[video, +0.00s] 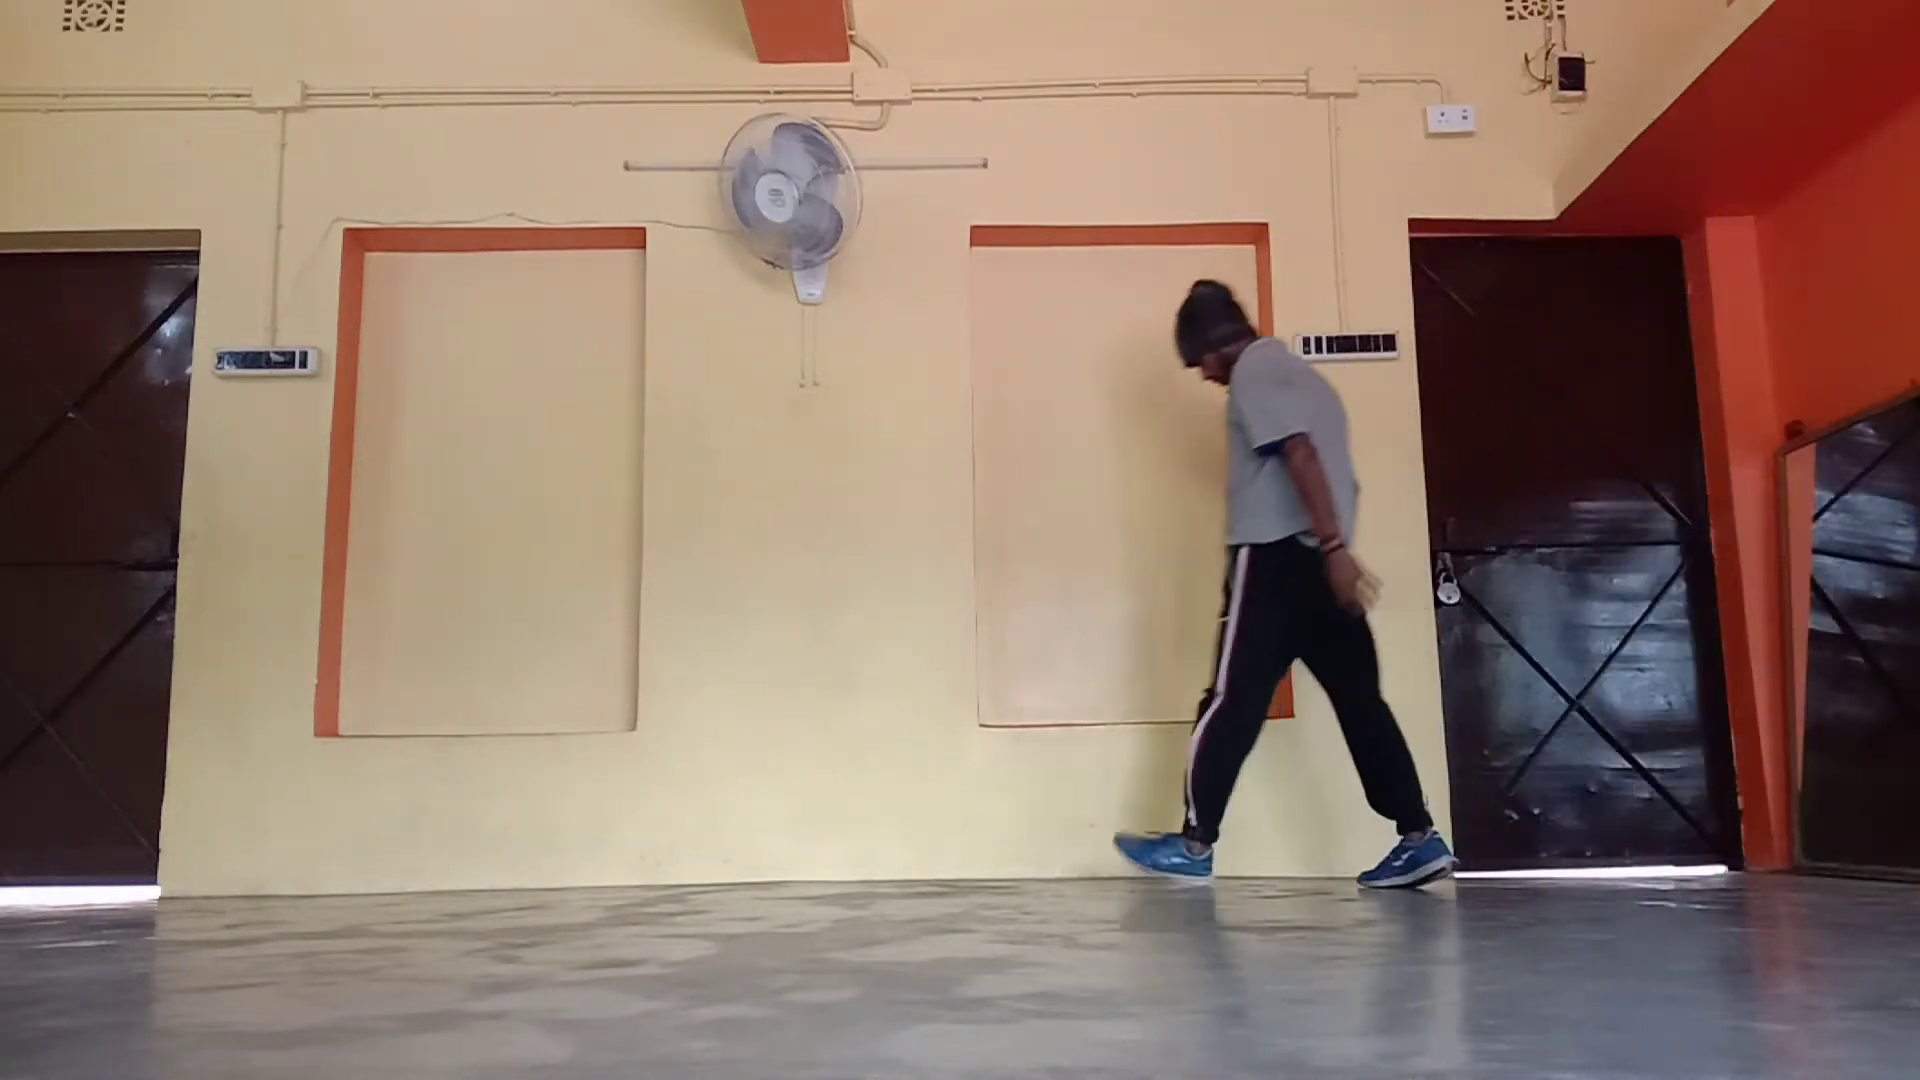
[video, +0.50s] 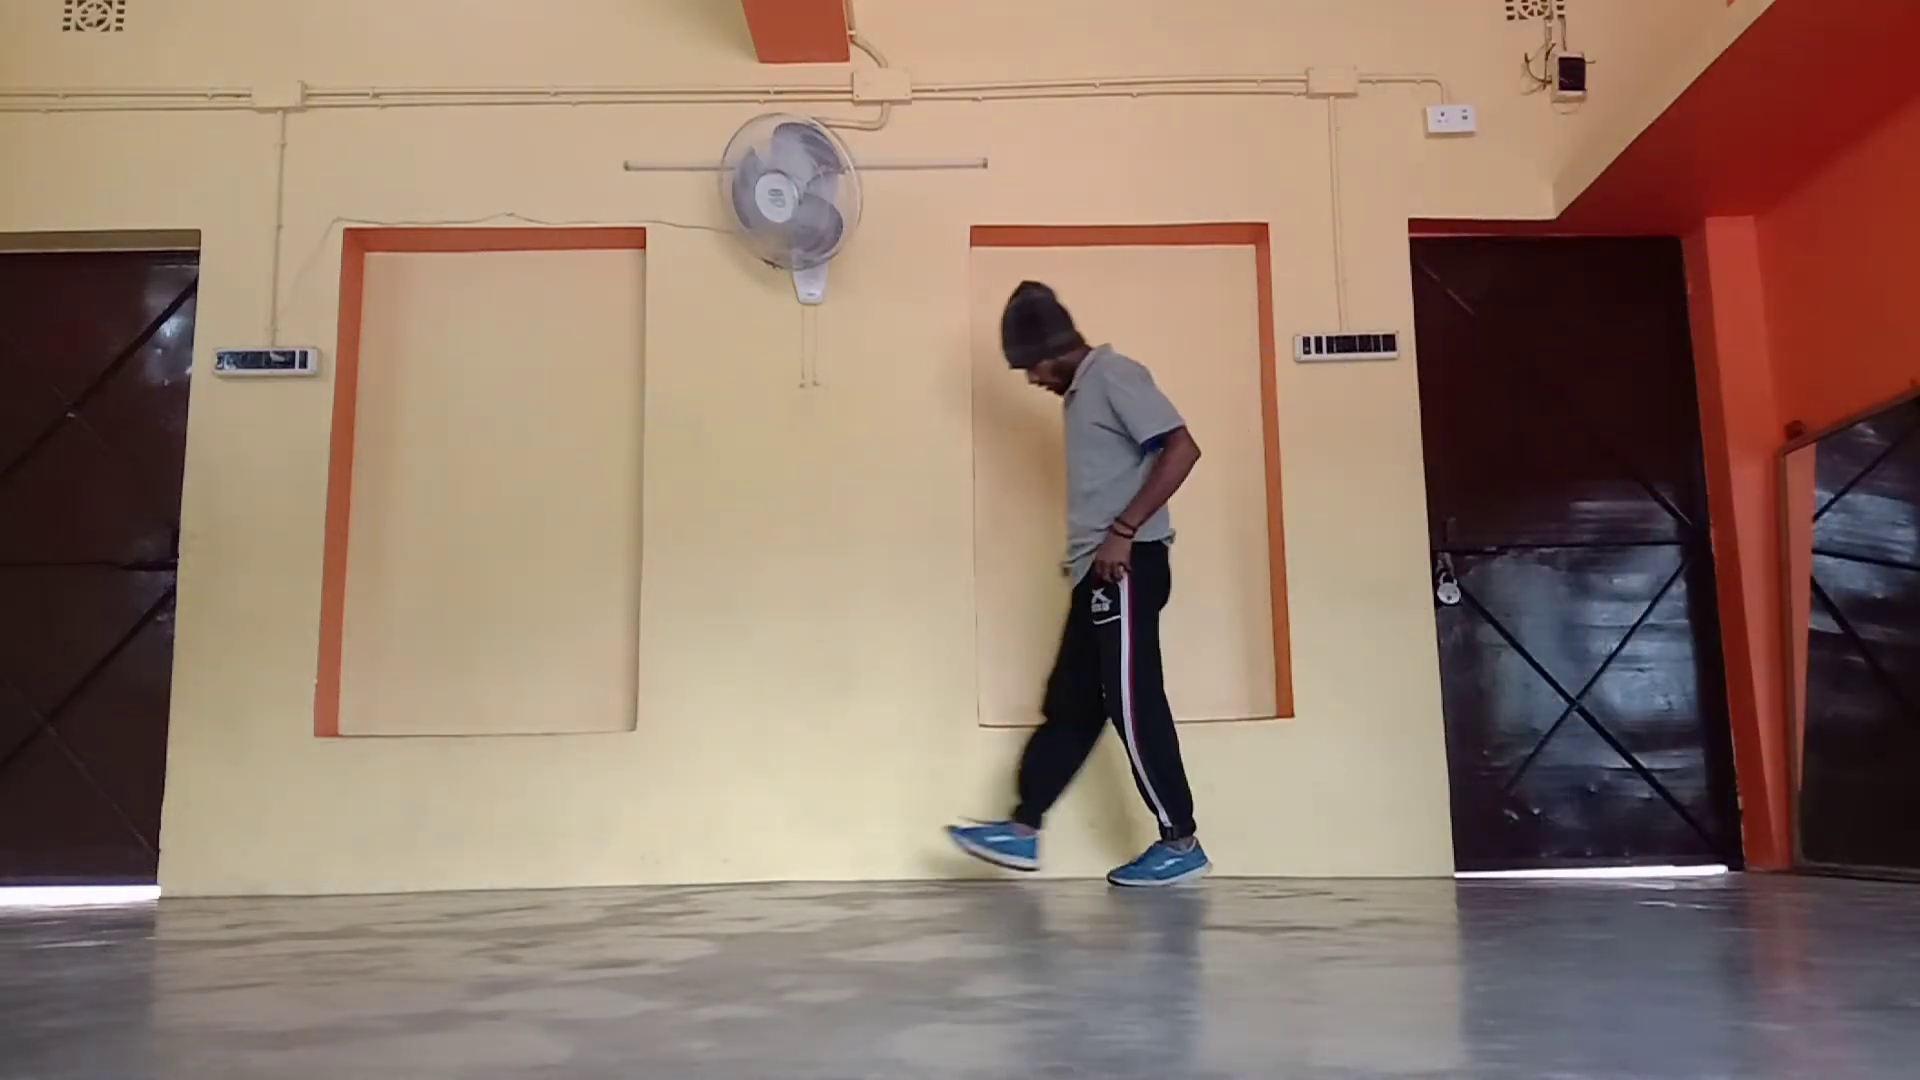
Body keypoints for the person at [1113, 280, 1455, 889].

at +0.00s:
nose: (1205, 375)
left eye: (1201, 362)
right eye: (1198, 366)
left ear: (1219, 343)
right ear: (1241, 330)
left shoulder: (1257, 370)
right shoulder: (1298, 372)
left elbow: (1301, 453)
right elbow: (1323, 468)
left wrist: (1335, 547)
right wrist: (1343, 558)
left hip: (1270, 554)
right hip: (1316, 555)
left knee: (1233, 698)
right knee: (1359, 700)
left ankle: (1195, 843)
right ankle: (1419, 836)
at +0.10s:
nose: (1162, 391)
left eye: (1157, 379)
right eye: (1155, 383)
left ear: (1171, 357)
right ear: (1196, 341)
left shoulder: (1211, 382)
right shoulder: (1267, 386)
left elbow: (1256, 471)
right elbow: (1306, 488)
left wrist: (1262, 571)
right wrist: (1274, 560)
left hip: (1213, 567)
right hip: (1266, 571)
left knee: (1187, 702)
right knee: (1304, 705)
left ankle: (1185, 848)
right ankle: (1392, 818)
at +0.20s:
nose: (1124, 400)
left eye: (1118, 390)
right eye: (1116, 392)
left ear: (1129, 369)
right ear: (1157, 347)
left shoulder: (1169, 390)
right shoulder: (1231, 390)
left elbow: (1208, 473)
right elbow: (1272, 481)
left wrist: (1180, 571)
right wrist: (1228, 543)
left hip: (1177, 567)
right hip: (1224, 574)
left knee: (1142, 707)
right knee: (1214, 702)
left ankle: (1182, 847)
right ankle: (1320, 784)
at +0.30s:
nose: (1093, 387)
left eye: (1087, 375)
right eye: (1084, 379)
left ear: (1101, 353)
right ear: (1125, 337)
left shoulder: (1144, 376)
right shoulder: (1187, 376)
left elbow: (1184, 462)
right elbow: (1231, 472)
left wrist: (1140, 549)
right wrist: (1180, 530)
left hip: (1163, 557)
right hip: (1187, 557)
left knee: (1128, 699)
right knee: (1149, 694)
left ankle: (1179, 842)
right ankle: (1233, 800)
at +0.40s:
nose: (1057, 371)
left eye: (1055, 360)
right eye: (1050, 363)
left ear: (1073, 343)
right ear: (1089, 333)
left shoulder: (1129, 367)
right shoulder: (1114, 375)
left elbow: (1184, 451)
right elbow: (1175, 459)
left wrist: (1132, 533)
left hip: (1148, 557)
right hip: (1126, 558)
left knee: (1134, 694)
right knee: (1099, 692)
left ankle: (1179, 840)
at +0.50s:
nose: (1033, 378)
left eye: (1030, 367)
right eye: (1026, 370)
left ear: (1047, 353)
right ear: (1058, 344)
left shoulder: (1113, 374)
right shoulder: (1086, 387)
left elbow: (1181, 449)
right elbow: (1122, 465)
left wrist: (1124, 529)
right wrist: (1095, 539)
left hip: (1128, 568)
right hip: (1098, 571)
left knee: (1135, 704)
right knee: (1072, 702)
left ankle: (1181, 841)